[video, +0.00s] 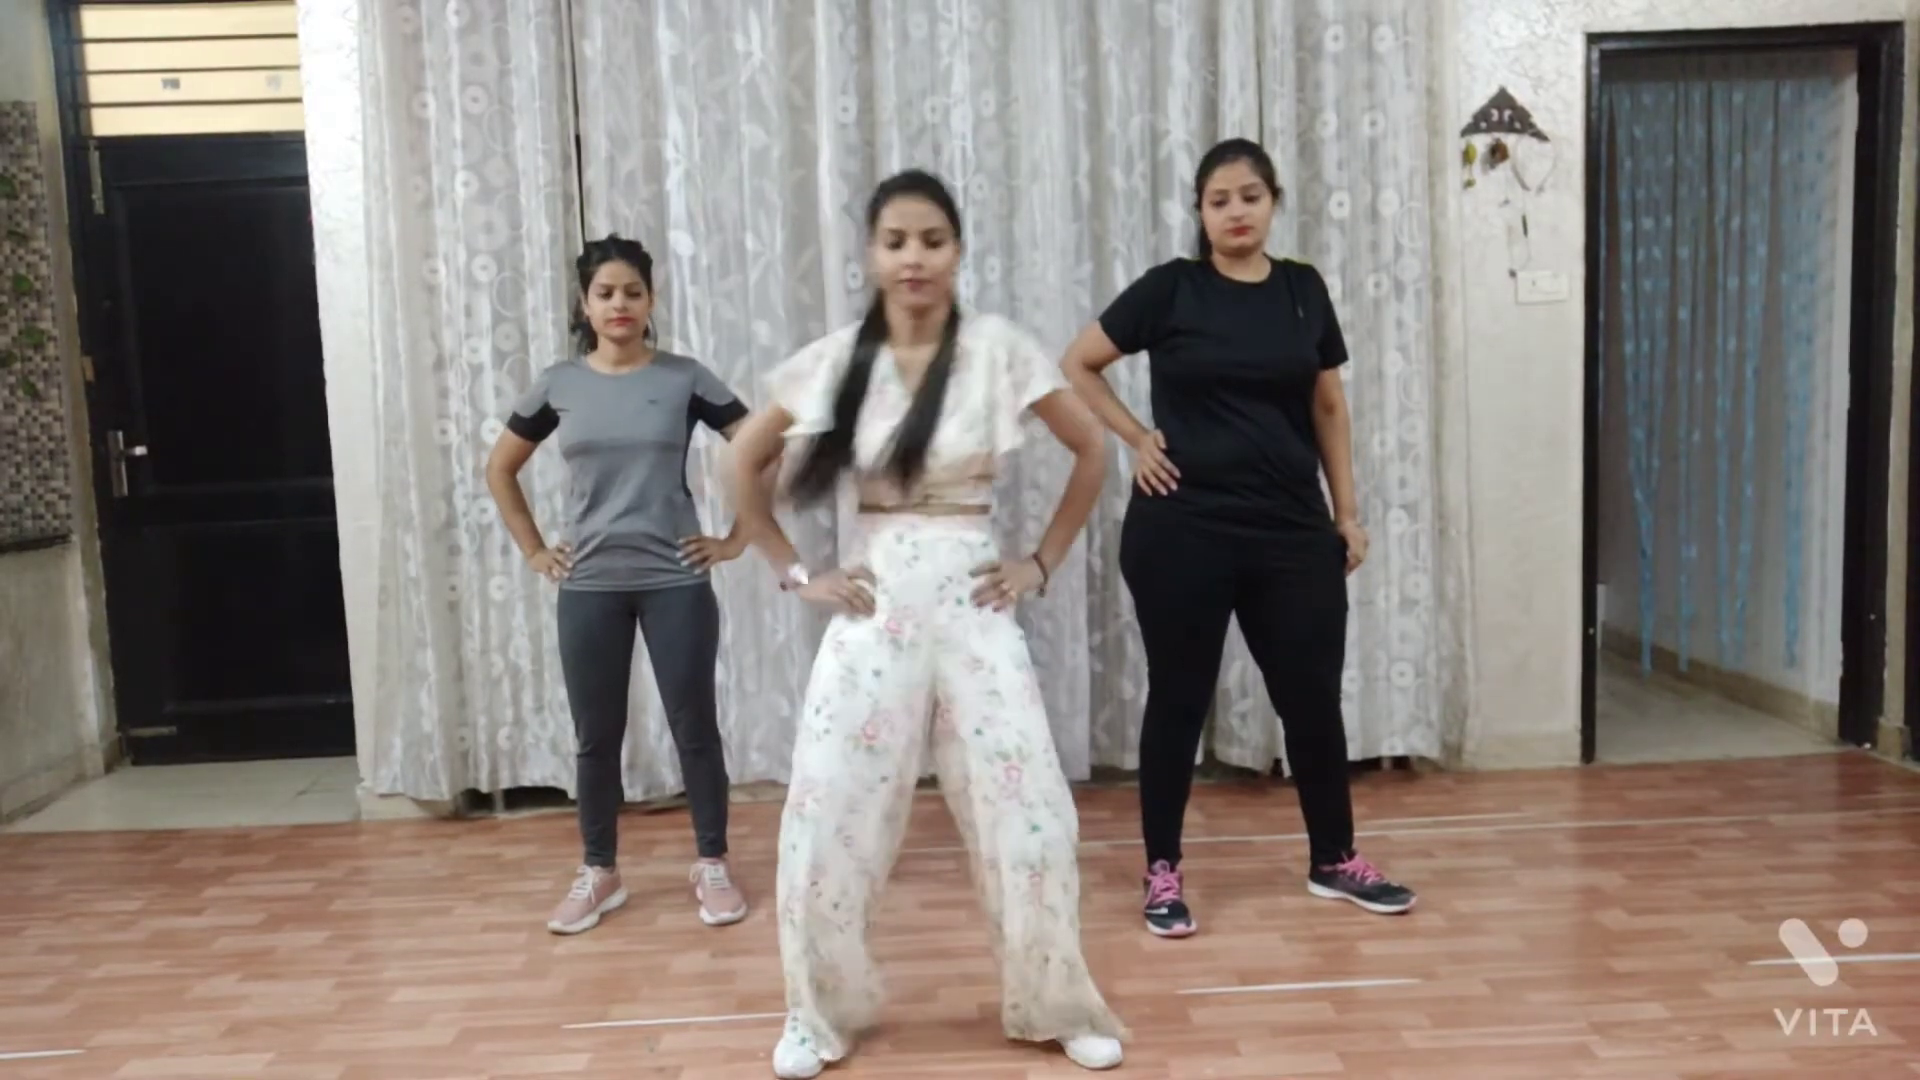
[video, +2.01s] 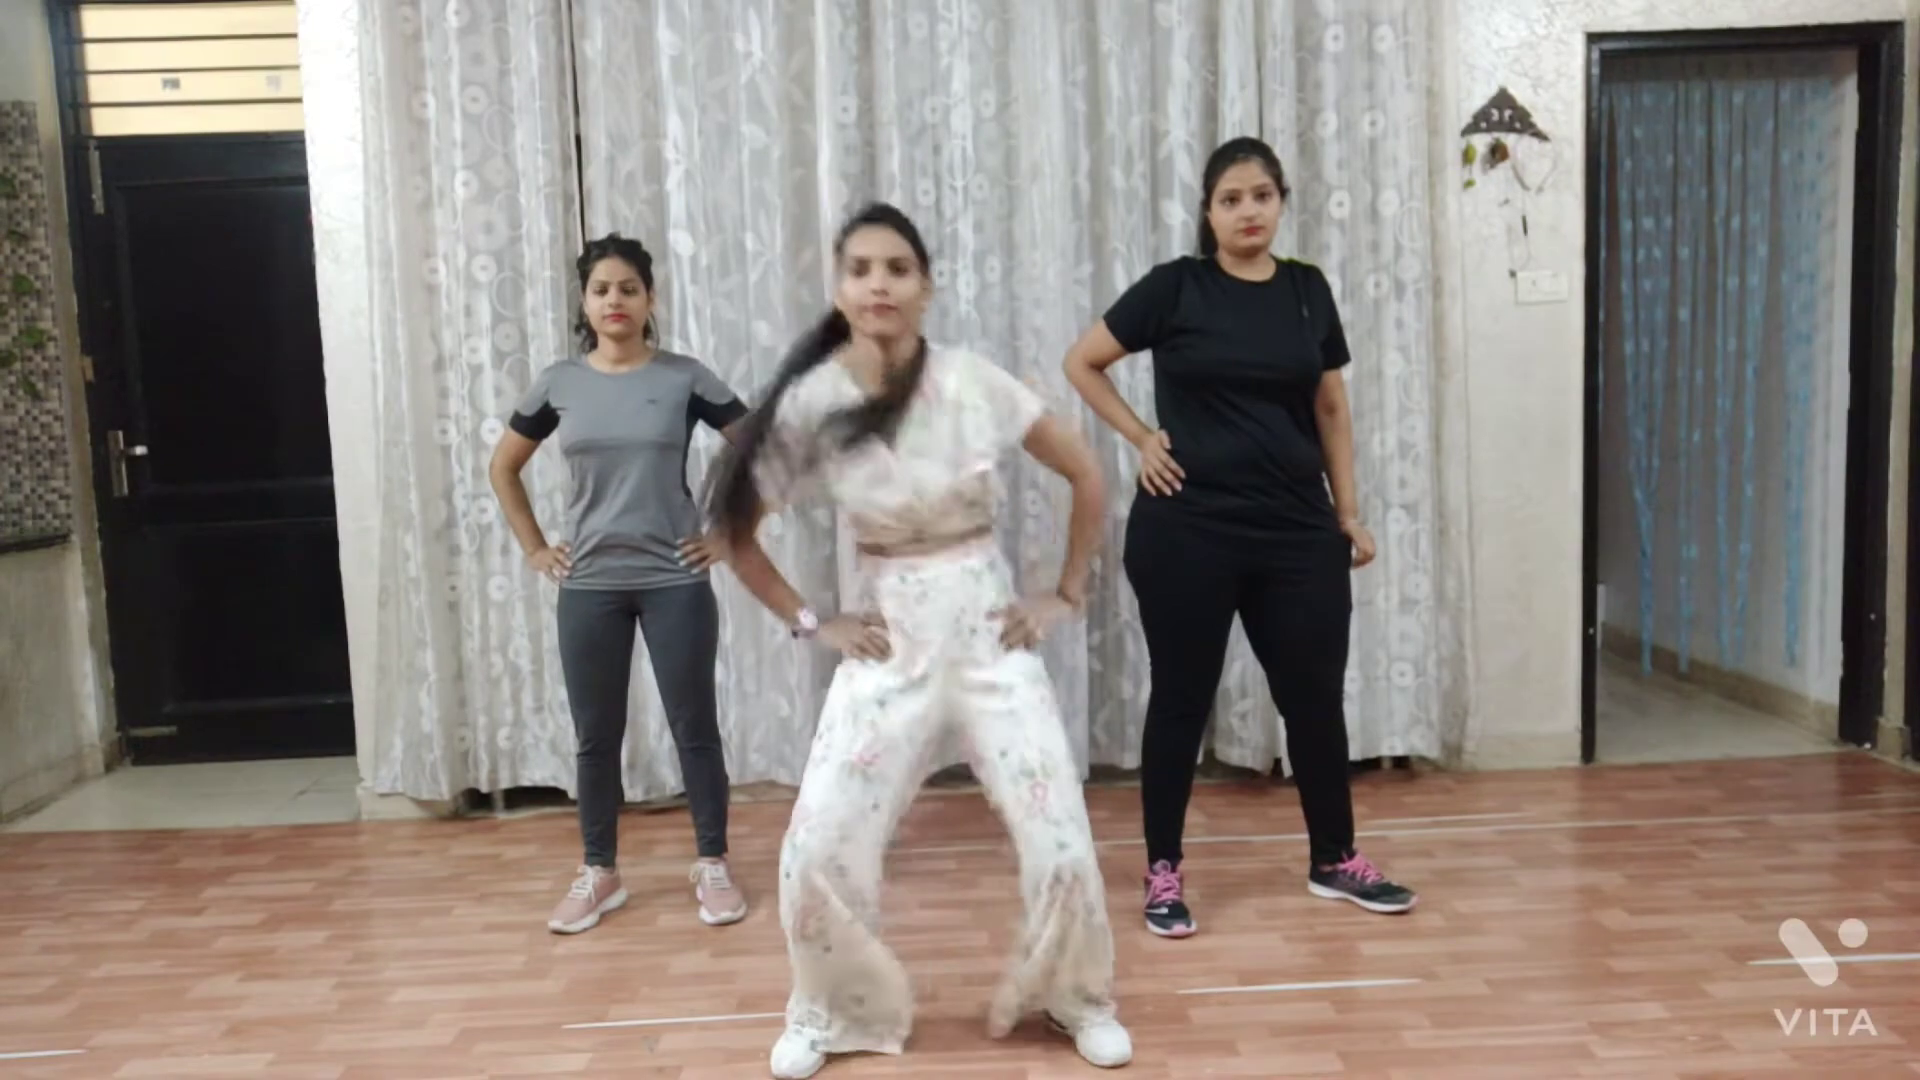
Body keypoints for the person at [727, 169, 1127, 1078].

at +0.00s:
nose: (915, 260)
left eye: (933, 241)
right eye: (896, 242)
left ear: (959, 253)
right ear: (870, 257)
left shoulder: (1001, 352)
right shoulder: (832, 363)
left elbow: (1095, 449)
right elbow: (740, 463)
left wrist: (1038, 562)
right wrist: (798, 575)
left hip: (975, 611)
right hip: (870, 614)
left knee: (1031, 812)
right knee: (823, 812)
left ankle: (1062, 1009)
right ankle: (816, 1013)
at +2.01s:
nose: (878, 286)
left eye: (896, 269)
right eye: (860, 269)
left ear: (926, 284)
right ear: (836, 287)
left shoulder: (978, 385)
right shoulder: (808, 404)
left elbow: (1089, 476)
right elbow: (729, 530)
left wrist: (1066, 595)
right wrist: (812, 623)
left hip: (993, 638)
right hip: (882, 648)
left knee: (1062, 844)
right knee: (816, 845)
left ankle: (1082, 1001)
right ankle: (823, 1010)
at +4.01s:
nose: (863, 275)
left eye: (881, 258)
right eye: (845, 258)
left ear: (908, 272)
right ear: (822, 273)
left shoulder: (957, 372)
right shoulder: (783, 397)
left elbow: (1065, 454)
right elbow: (725, 527)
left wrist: (1054, 577)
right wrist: (808, 621)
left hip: (985, 621)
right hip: (875, 636)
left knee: (1059, 830)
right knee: (820, 842)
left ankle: (1077, 1005)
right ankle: (829, 1012)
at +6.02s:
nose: (927, 230)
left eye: (944, 215)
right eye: (908, 219)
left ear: (975, 236)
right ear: (887, 244)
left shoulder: (1021, 342)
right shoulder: (856, 349)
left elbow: (1120, 424)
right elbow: (738, 428)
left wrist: (1198, 494)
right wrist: (632, 491)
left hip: (975, 608)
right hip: (879, 600)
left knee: (991, 822)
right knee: (785, 798)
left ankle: (926, 1003)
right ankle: (662, 1013)